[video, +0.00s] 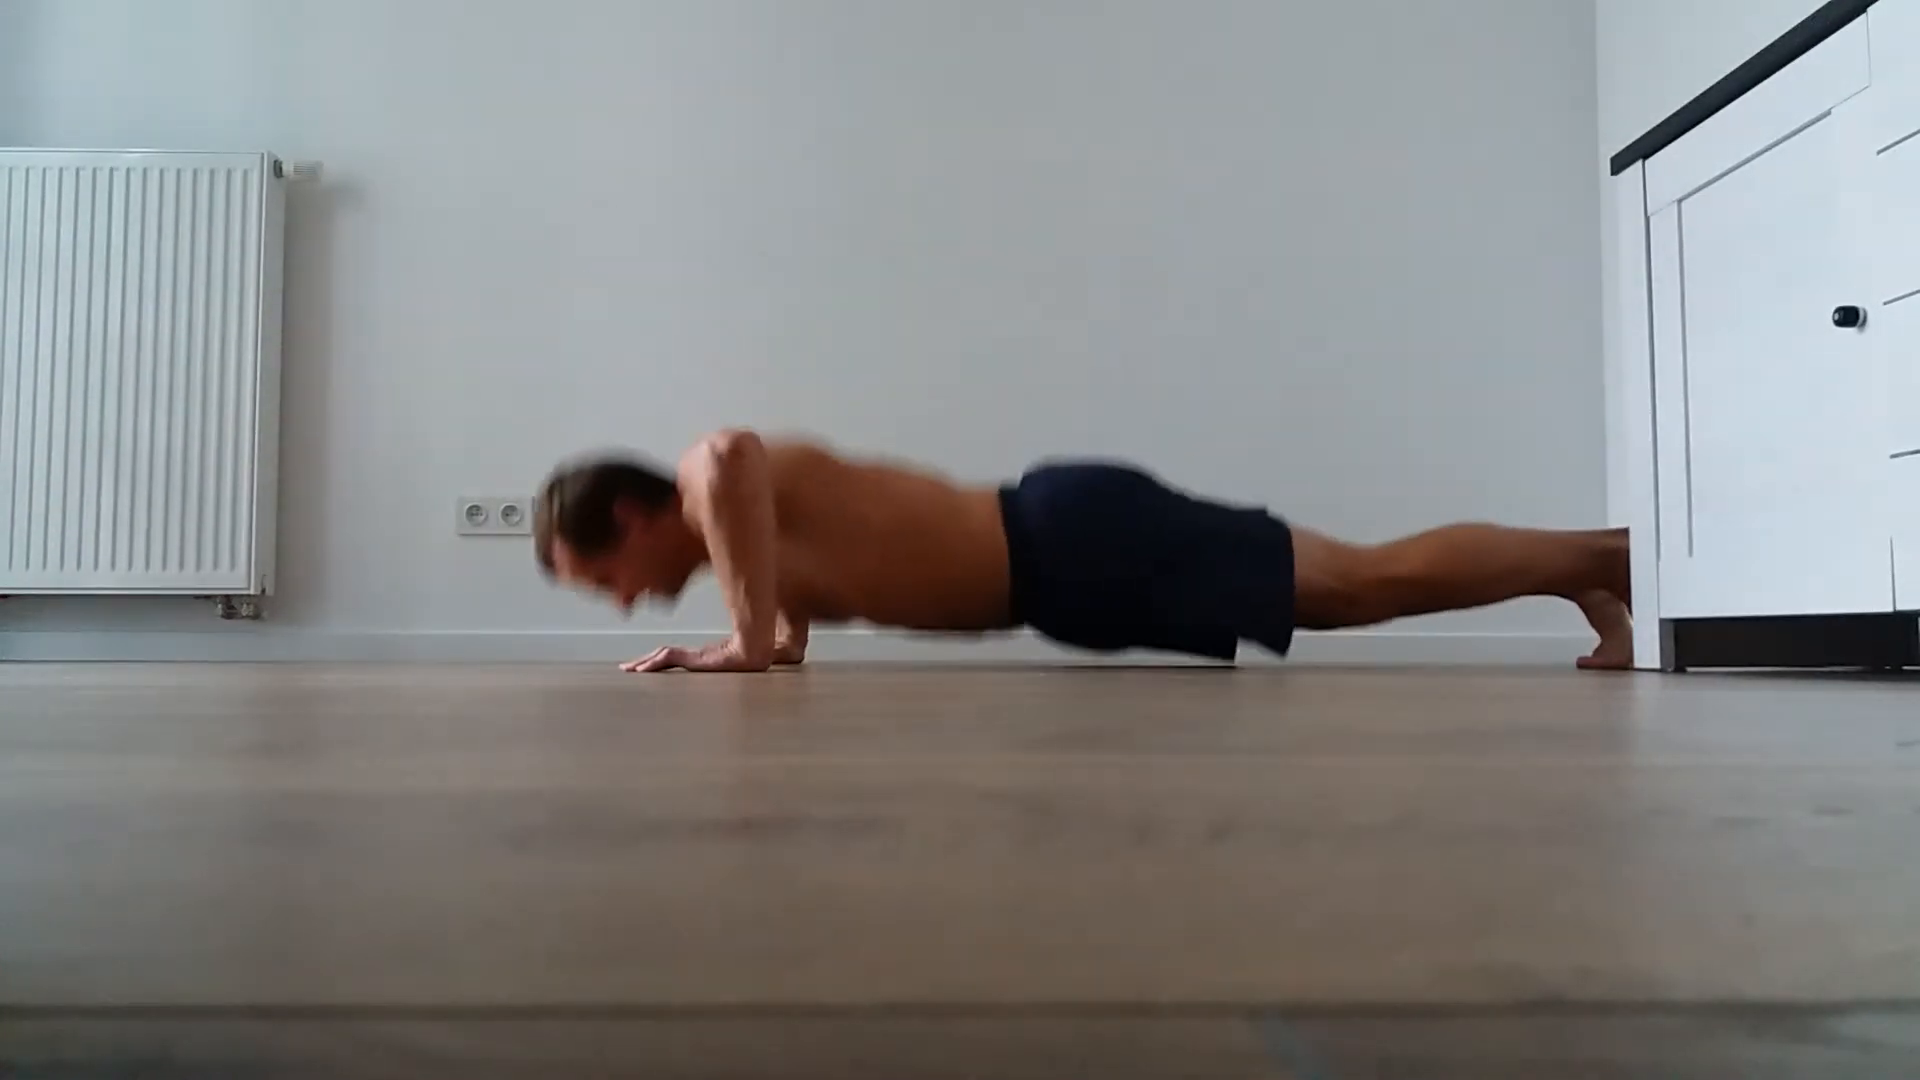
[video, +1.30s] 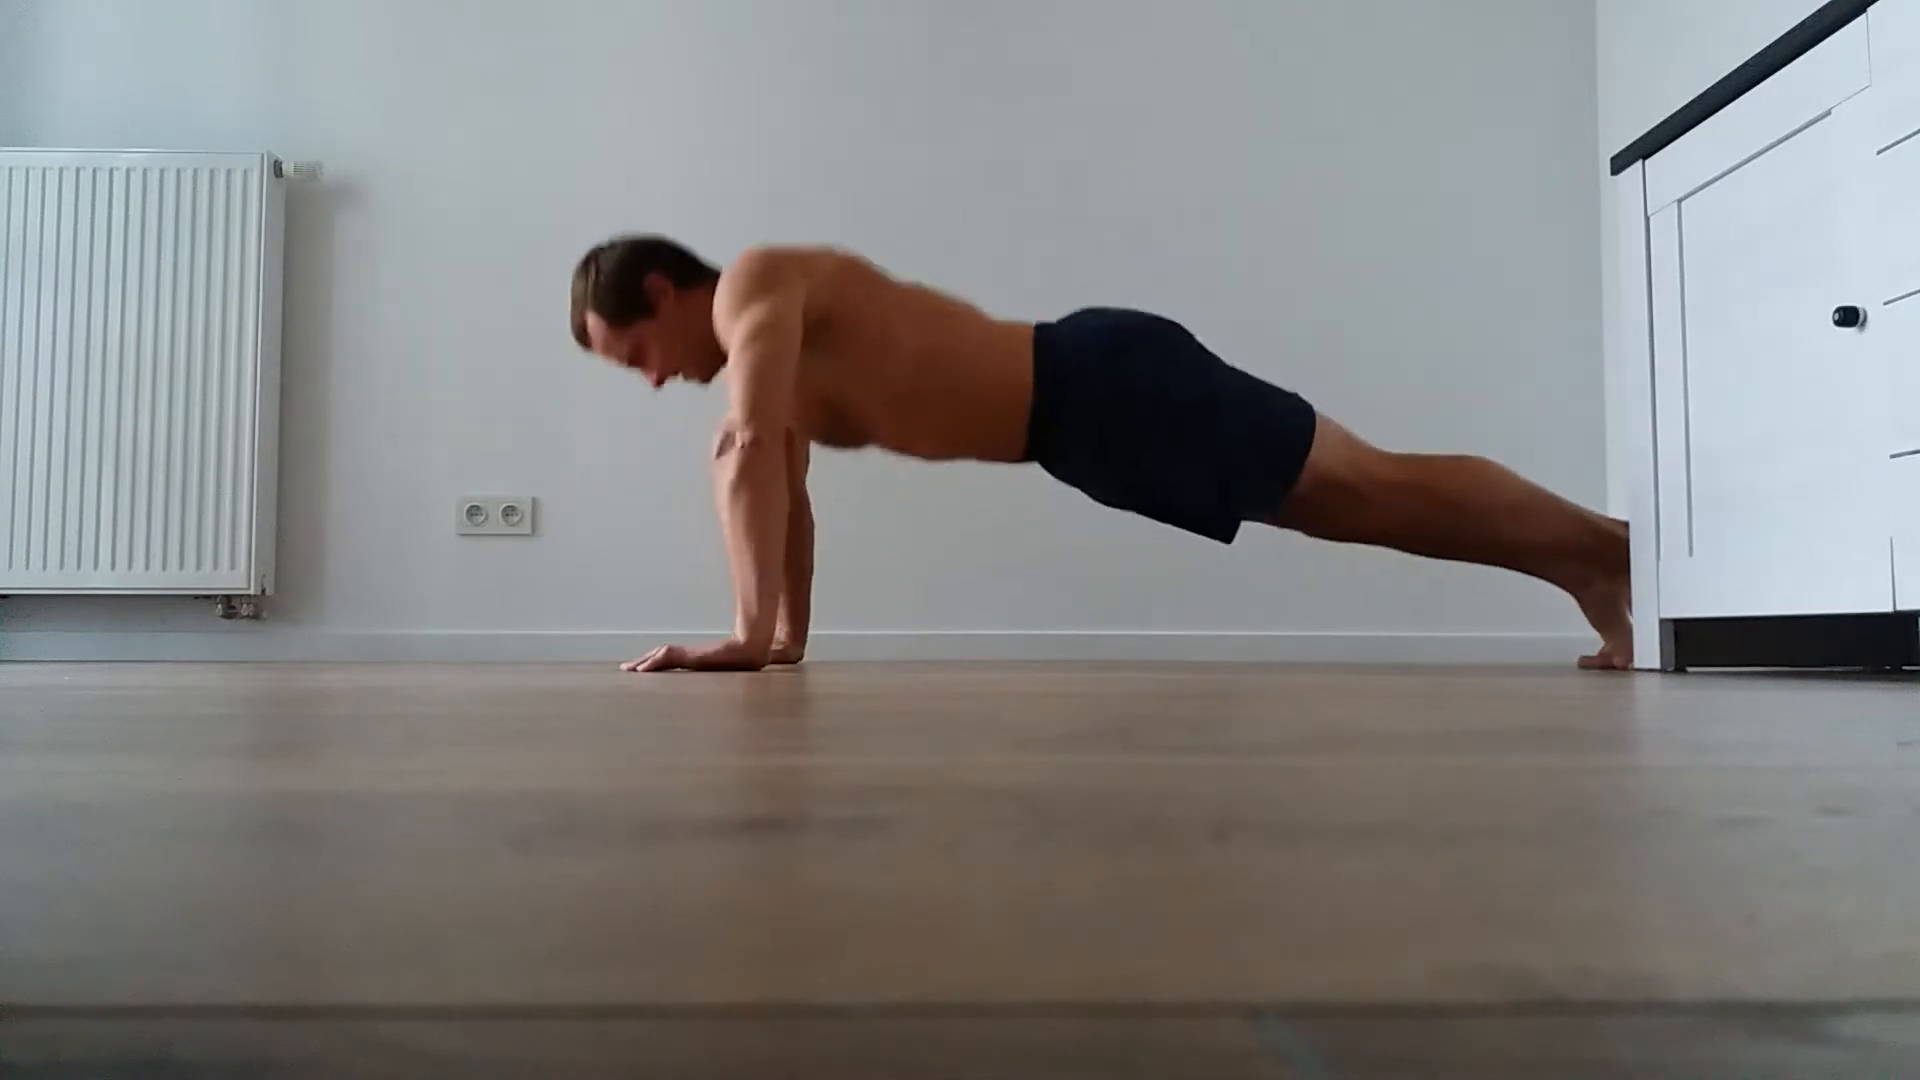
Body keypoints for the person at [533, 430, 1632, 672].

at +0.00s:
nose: (618, 600)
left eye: (603, 582)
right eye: (601, 589)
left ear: (626, 531)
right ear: (633, 533)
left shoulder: (717, 482)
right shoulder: (733, 509)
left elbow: (729, 465)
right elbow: (796, 596)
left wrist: (766, 637)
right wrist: (734, 647)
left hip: (1068, 547)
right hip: (1056, 549)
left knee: (1362, 584)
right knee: (1355, 576)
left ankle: (1594, 563)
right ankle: (1588, 564)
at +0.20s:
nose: (622, 609)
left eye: (608, 590)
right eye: (603, 599)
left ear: (630, 541)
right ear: (632, 546)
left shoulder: (723, 502)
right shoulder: (734, 516)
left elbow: (709, 462)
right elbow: (798, 610)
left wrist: (765, 637)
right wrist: (736, 647)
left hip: (1064, 542)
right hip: (1054, 544)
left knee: (1357, 575)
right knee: (1352, 572)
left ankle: (1593, 559)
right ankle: (1587, 560)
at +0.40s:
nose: (639, 416)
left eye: (625, 396)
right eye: (625, 406)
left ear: (652, 349)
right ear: (663, 349)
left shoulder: (749, 344)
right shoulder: (762, 358)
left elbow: (738, 484)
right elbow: (781, 502)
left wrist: (753, 640)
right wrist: (786, 644)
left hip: (1089, 419)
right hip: (1084, 415)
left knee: (1363, 510)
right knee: (1359, 503)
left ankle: (1597, 553)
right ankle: (1588, 552)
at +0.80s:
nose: (625, 576)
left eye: (609, 560)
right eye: (608, 568)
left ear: (623, 506)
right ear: (631, 512)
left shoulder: (720, 462)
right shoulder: (733, 475)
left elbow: (734, 469)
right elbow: (790, 620)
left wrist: (751, 639)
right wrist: (741, 643)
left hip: (1068, 530)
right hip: (1057, 532)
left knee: (1358, 576)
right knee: (1352, 570)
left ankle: (1595, 563)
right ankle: (1589, 564)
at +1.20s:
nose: (632, 436)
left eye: (618, 417)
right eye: (618, 426)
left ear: (644, 370)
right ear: (656, 371)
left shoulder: (742, 362)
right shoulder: (754, 377)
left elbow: (734, 482)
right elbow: (773, 502)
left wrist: (752, 639)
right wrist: (784, 644)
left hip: (1088, 430)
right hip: (1079, 432)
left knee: (1355, 511)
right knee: (1351, 509)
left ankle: (1595, 553)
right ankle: (1586, 553)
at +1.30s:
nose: (644, 373)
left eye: (628, 351)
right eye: (629, 362)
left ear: (653, 300)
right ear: (658, 314)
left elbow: (742, 461)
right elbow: (784, 500)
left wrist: (752, 634)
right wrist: (785, 643)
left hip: (1094, 391)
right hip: (1083, 400)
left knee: (1360, 492)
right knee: (1354, 491)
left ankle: (1598, 552)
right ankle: (1584, 557)